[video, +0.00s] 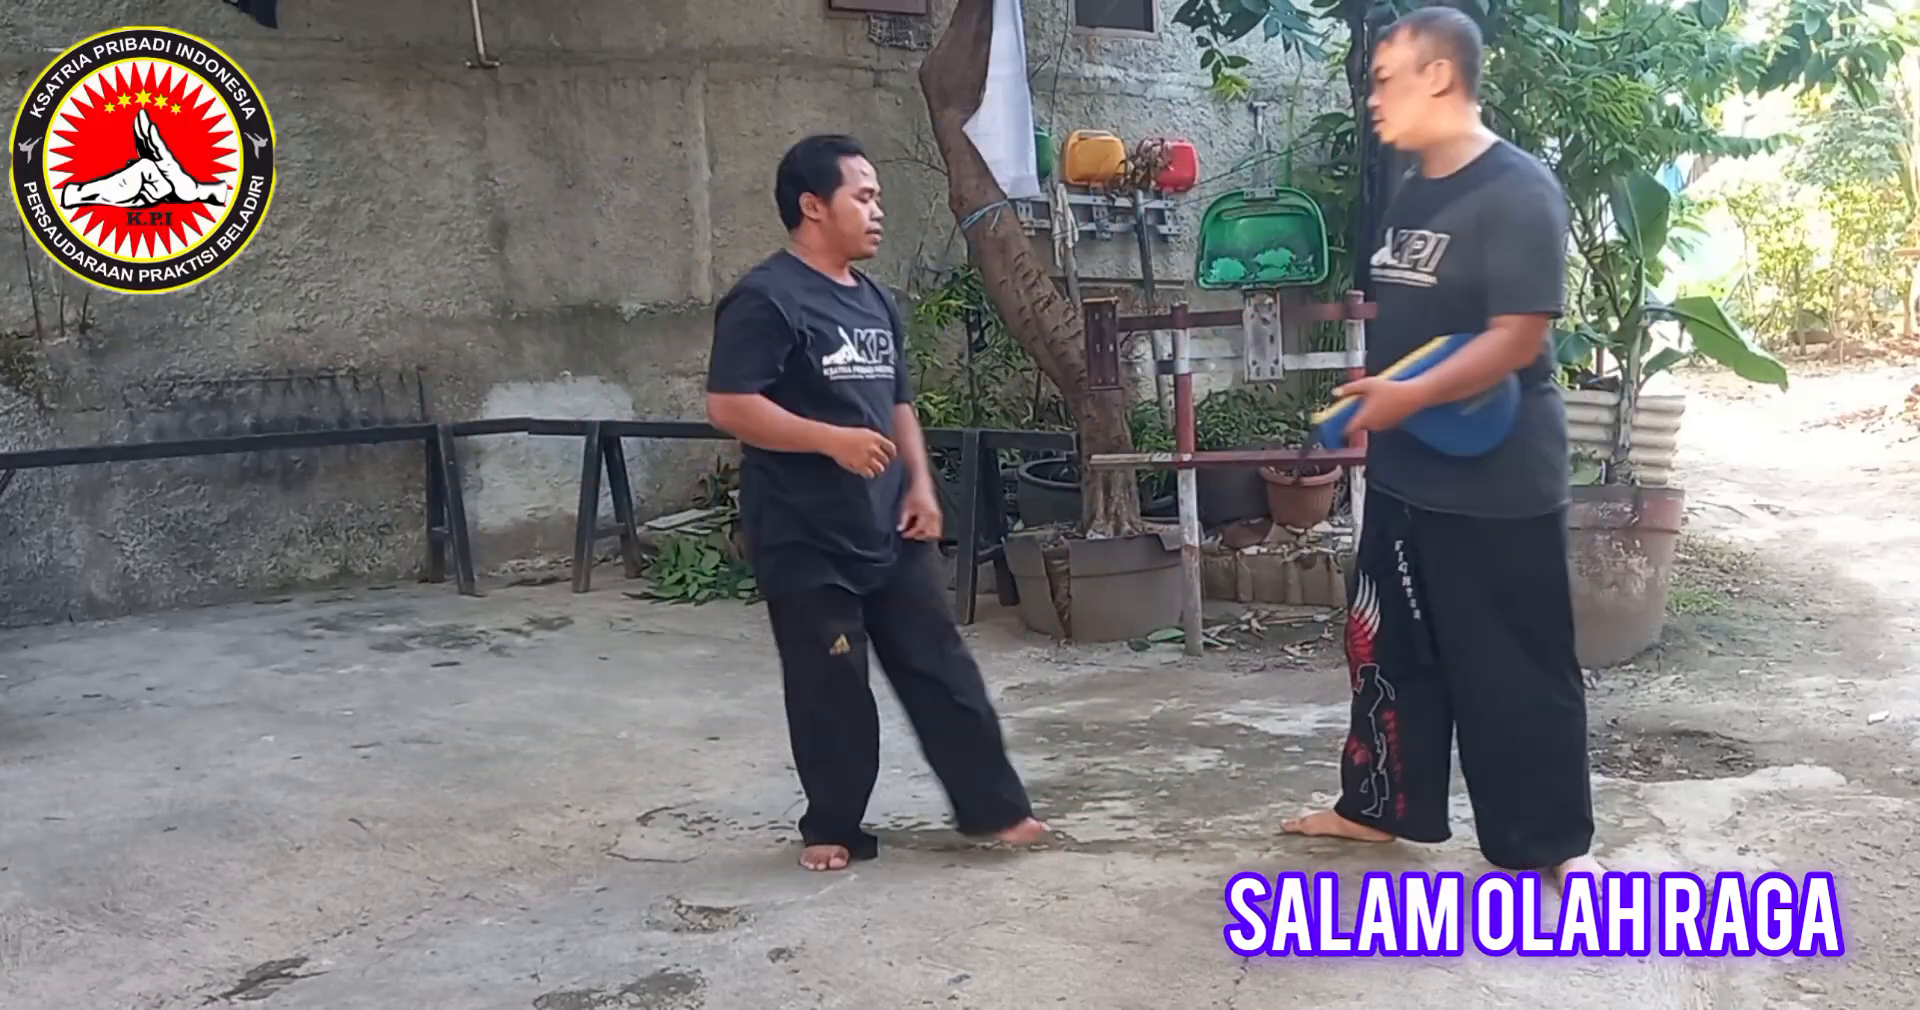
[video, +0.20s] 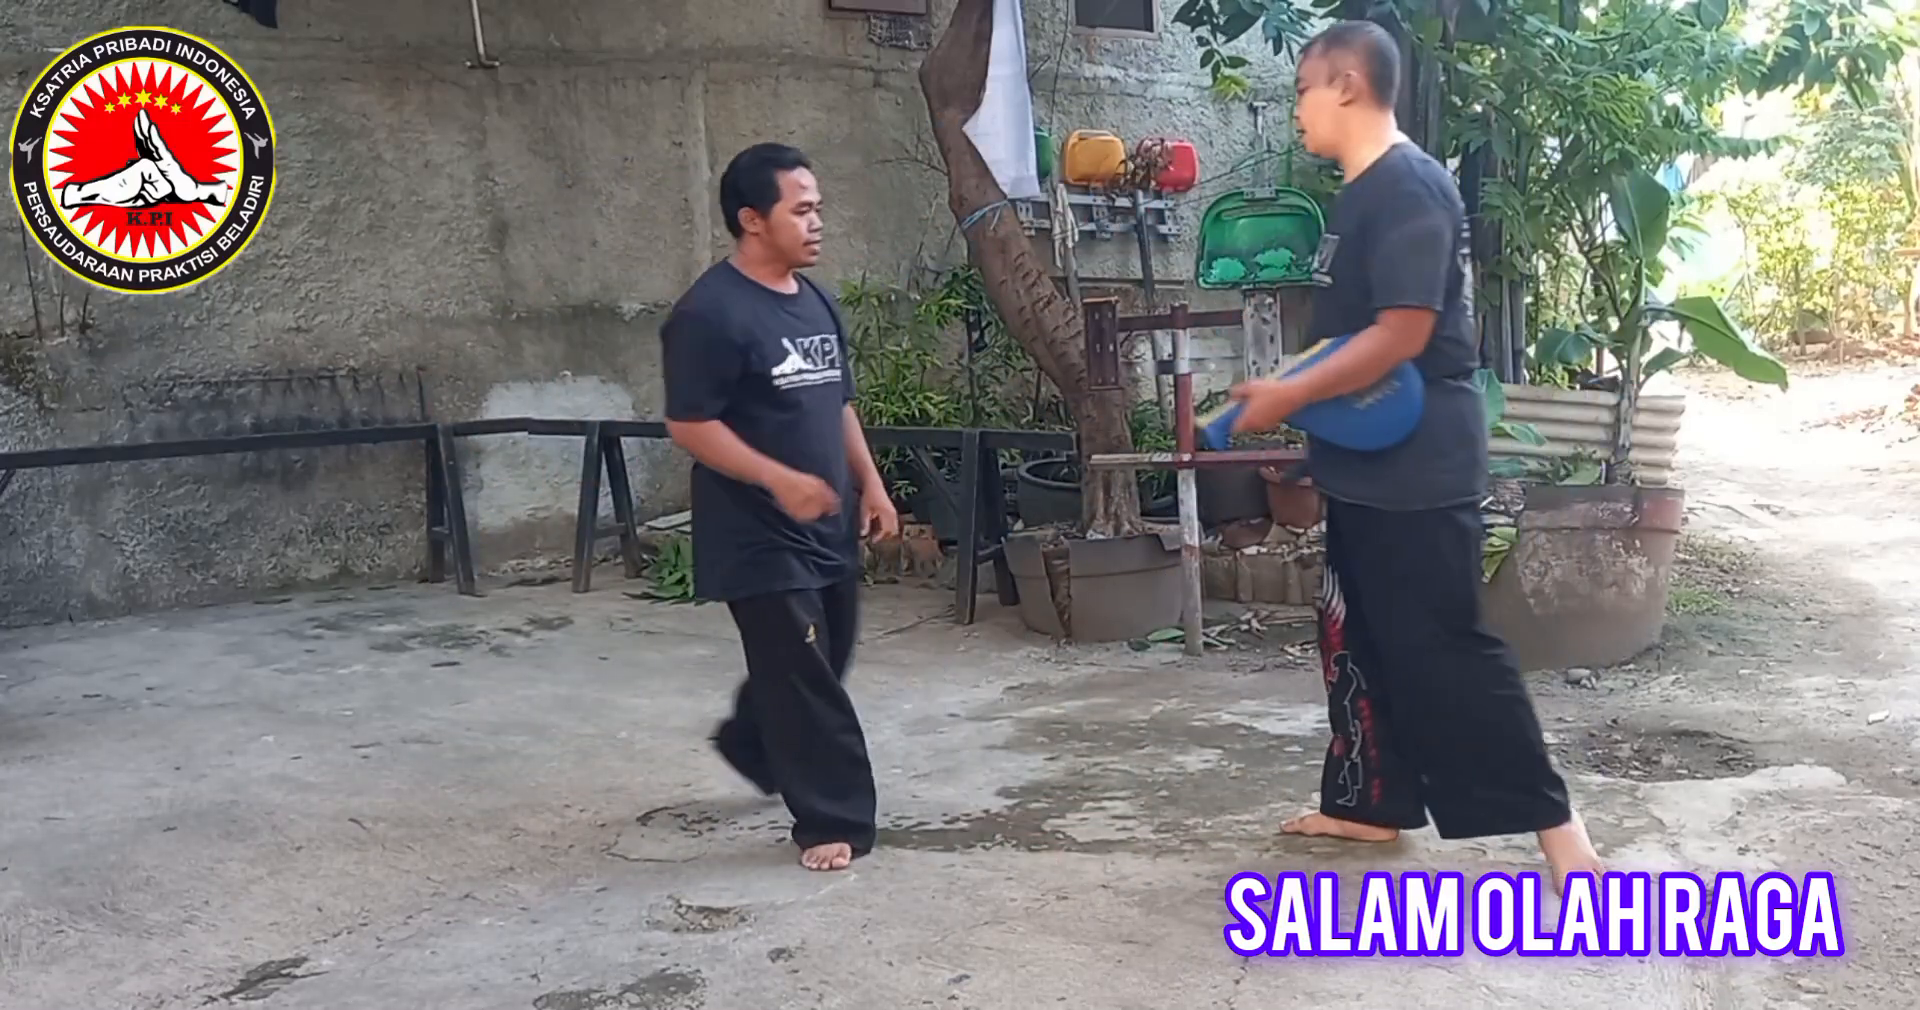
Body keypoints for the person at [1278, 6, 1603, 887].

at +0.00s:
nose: (1373, 102)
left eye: (1386, 82)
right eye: (1372, 86)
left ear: (1443, 79)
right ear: (1429, 86)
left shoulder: (1520, 188)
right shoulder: (1412, 188)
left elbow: (1522, 337)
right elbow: (1414, 326)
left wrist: (1409, 397)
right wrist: (1373, 411)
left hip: (1497, 483)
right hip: (1408, 468)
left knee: (1517, 671)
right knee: (1392, 647)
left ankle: (1543, 853)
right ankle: (1379, 806)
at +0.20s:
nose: (1298, 109)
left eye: (1307, 90)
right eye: (1299, 92)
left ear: (1349, 87)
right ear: (1356, 90)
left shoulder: (1408, 185)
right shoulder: (1366, 190)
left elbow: (1404, 331)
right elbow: (1365, 330)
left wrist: (1293, 391)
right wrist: (1283, 384)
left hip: (1420, 464)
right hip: (1367, 458)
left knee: (1442, 643)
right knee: (1367, 633)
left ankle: (1556, 824)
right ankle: (1369, 803)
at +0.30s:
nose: (1278, 113)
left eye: (1284, 94)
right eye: (1279, 96)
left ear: (1324, 89)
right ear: (1336, 90)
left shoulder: (1378, 187)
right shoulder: (1360, 186)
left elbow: (1368, 330)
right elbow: (1349, 330)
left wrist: (1246, 369)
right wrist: (1255, 370)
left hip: (1393, 453)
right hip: (1357, 450)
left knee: (1391, 635)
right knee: (1359, 632)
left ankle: (1520, 808)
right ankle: (1365, 803)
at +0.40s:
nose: (1258, 112)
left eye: (1265, 93)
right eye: (1259, 95)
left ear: (1305, 91)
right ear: (1322, 92)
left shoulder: (1347, 187)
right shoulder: (1353, 178)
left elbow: (1335, 325)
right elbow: (1338, 326)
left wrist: (1212, 379)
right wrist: (1232, 385)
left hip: (1364, 446)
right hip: (1358, 441)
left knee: (1342, 627)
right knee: (1357, 622)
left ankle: (1417, 822)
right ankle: (1355, 801)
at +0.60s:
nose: (1213, 107)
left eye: (1223, 91)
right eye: (1218, 90)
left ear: (1264, 100)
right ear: (1280, 102)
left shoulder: (1290, 198)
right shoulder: (1321, 187)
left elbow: (1290, 346)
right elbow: (1330, 337)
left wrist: (1257, 465)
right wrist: (1282, 451)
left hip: (1312, 463)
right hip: (1353, 458)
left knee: (1260, 636)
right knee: (1355, 637)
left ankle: (1219, 819)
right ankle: (1364, 805)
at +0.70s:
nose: (1179, 113)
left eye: (1190, 98)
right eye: (1184, 97)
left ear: (1230, 109)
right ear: (1247, 112)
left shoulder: (1257, 206)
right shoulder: (1289, 192)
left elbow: (1259, 351)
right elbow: (1300, 343)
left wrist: (1211, 470)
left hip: (1283, 476)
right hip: (1333, 467)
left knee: (1219, 643)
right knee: (1337, 640)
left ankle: (1164, 812)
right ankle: (1360, 805)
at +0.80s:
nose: (1152, 124)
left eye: (1161, 108)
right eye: (1156, 108)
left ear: (1200, 117)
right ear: (1216, 118)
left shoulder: (1229, 212)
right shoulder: (1266, 200)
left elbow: (1226, 363)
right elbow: (1267, 348)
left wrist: (1165, 481)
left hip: (1248, 482)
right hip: (1301, 473)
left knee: (1200, 657)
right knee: (1319, 644)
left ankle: (1161, 822)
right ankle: (1357, 802)